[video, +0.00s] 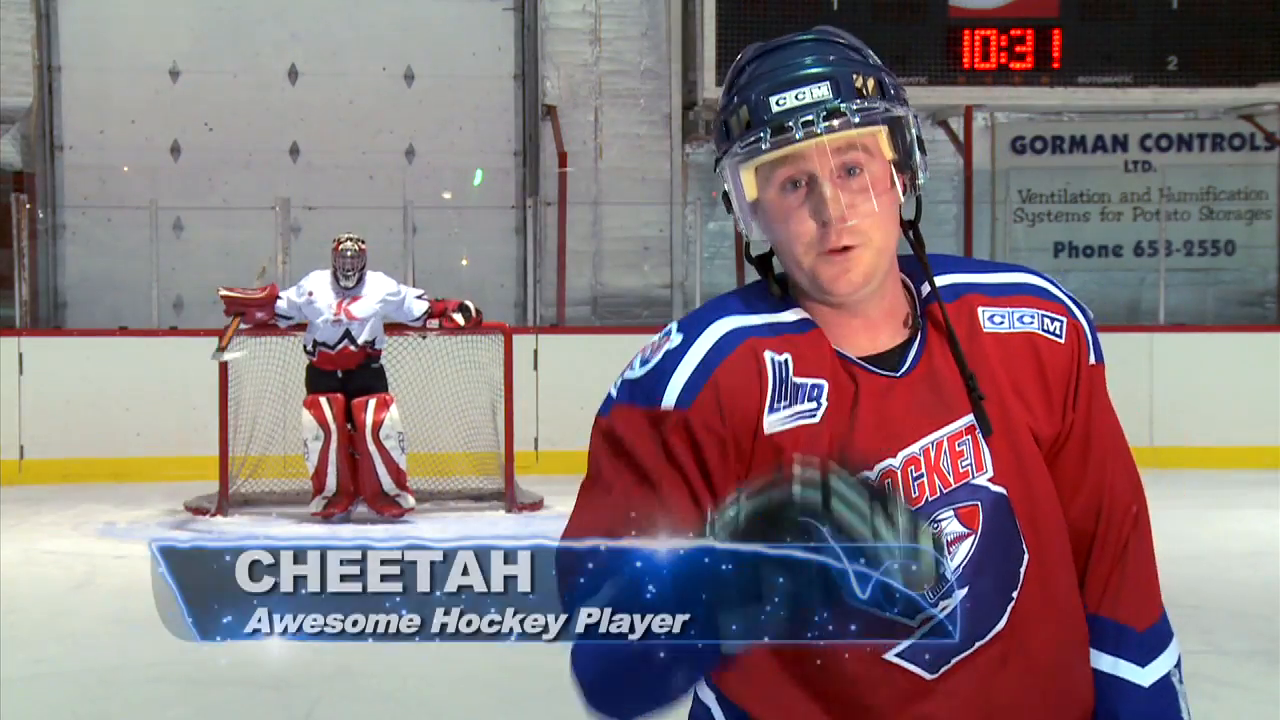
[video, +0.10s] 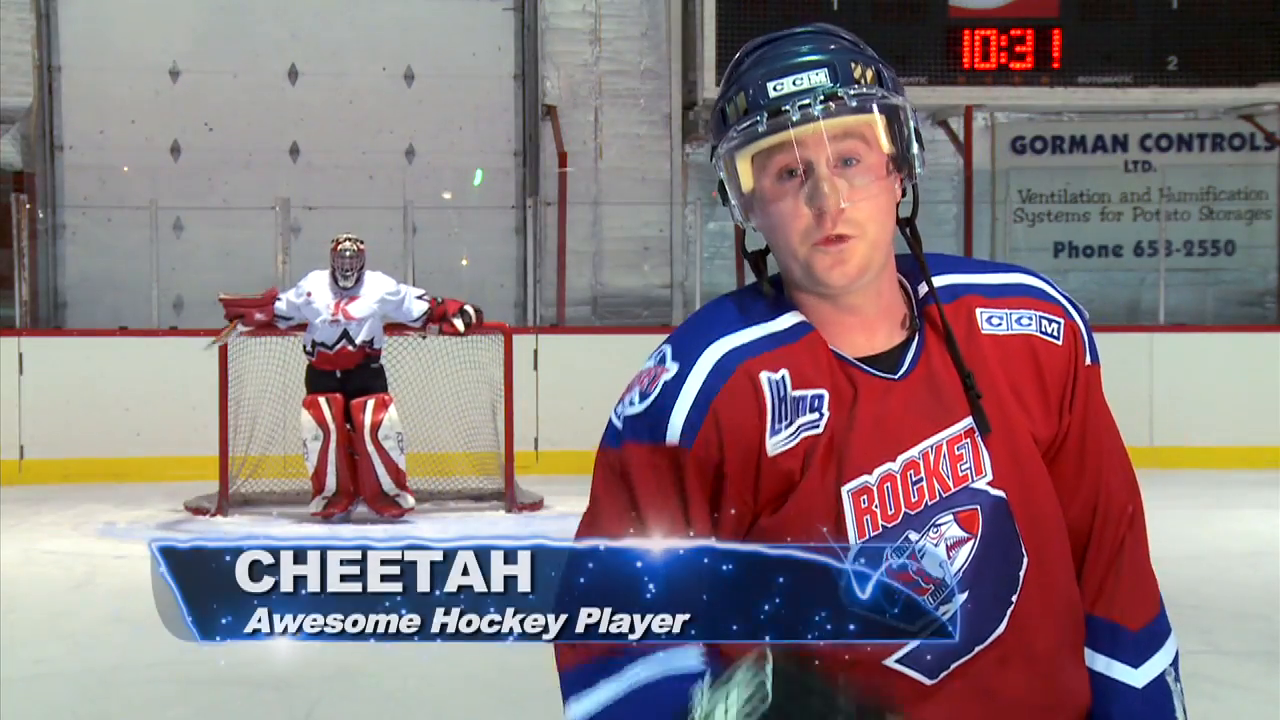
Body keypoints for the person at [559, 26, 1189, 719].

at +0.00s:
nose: (833, 208)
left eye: (853, 166)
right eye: (793, 182)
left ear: (901, 177)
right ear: (751, 212)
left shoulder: (1039, 325)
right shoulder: (682, 389)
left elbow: (1124, 603)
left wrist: (1144, 711)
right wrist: (755, 581)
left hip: (1047, 708)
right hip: (801, 712)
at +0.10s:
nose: (828, 198)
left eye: (851, 158)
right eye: (789, 171)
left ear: (899, 177)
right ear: (748, 205)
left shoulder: (1036, 325)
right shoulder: (692, 396)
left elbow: (1118, 583)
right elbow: (616, 639)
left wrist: (1140, 709)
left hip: (1050, 706)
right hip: (828, 710)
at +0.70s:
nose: (819, 204)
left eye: (844, 165)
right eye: (780, 185)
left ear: (897, 178)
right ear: (746, 226)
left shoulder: (1048, 313)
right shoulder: (704, 421)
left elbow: (1179, 482)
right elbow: (617, 690)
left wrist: (1234, 654)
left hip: (1053, 701)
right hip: (817, 707)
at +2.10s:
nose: (895, 161)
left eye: (924, 133)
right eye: (865, 136)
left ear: (969, 168)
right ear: (823, 175)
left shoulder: (1086, 328)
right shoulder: (748, 366)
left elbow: (1210, 585)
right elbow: (644, 645)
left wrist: (1272, 697)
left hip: (1072, 705)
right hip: (834, 713)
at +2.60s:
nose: (1000, 184)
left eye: (1031, 158)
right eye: (971, 151)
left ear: (1065, 182)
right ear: (920, 167)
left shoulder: (1145, 351)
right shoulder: (808, 342)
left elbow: (1261, 600)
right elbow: (704, 606)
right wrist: (613, 714)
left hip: (1090, 706)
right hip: (856, 710)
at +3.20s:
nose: (1032, 192)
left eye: (1063, 162)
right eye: (1001, 158)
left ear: (1097, 182)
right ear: (950, 171)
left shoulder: (1172, 345)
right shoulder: (843, 330)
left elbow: (1249, 592)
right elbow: (731, 562)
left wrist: (1254, 705)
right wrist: (708, 702)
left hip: (1102, 703)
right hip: (864, 705)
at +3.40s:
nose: (994, 201)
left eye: (1020, 168)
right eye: (961, 170)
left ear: (1056, 184)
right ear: (912, 185)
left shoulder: (1154, 340)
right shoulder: (823, 329)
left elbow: (1223, 610)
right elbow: (729, 517)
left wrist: (1233, 714)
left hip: (1093, 707)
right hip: (855, 707)